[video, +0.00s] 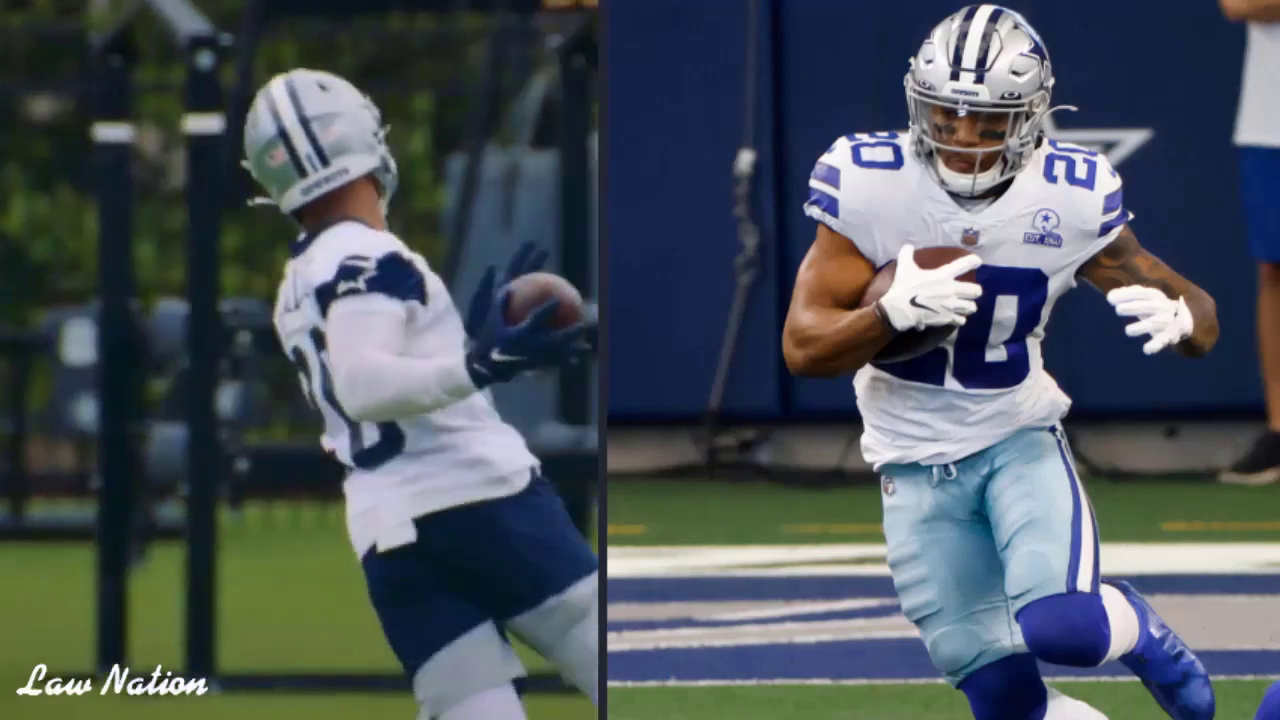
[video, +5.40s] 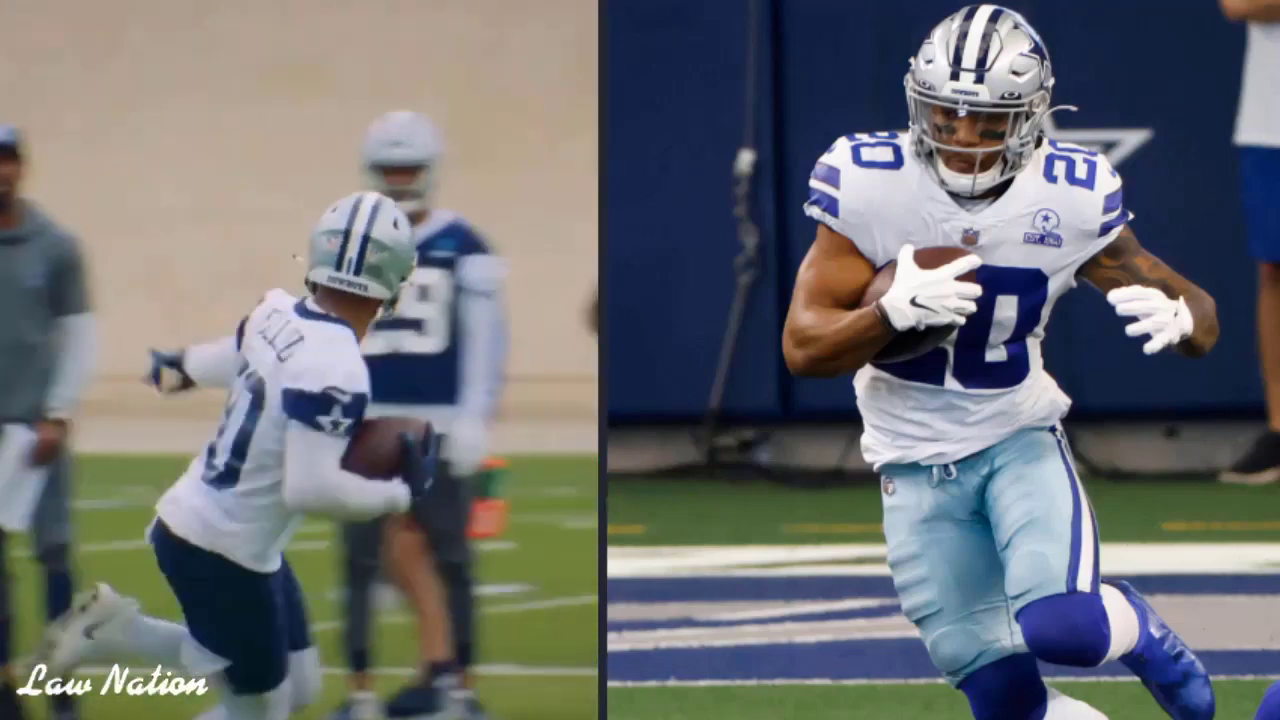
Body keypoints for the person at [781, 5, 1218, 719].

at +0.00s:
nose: (966, 138)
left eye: (988, 121)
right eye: (950, 117)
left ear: (1028, 119)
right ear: (922, 110)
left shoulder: (1071, 194)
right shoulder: (863, 179)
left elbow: (1197, 309)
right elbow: (801, 349)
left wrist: (1181, 319)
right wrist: (887, 313)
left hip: (1018, 437)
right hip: (911, 468)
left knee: (1054, 626)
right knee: (1001, 696)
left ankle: (1142, 633)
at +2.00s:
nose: (966, 138)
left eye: (988, 121)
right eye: (950, 117)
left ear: (1028, 119)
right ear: (922, 110)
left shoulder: (1071, 194)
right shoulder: (863, 179)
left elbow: (1197, 309)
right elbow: (801, 349)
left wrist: (1181, 319)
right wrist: (887, 313)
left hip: (1018, 437)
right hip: (911, 467)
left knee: (1054, 626)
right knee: (1001, 696)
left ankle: (1142, 633)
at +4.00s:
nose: (966, 137)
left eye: (988, 121)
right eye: (950, 117)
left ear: (1027, 118)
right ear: (922, 110)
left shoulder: (1071, 194)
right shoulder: (863, 180)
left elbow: (1197, 310)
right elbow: (801, 350)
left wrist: (1181, 318)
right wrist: (887, 313)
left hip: (1018, 437)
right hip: (911, 467)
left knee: (1054, 626)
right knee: (1001, 696)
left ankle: (1141, 632)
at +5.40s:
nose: (966, 137)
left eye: (988, 121)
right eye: (951, 117)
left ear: (1028, 119)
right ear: (923, 110)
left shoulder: (1071, 194)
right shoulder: (862, 179)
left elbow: (1197, 310)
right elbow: (801, 350)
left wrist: (1181, 319)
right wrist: (887, 312)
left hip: (1018, 437)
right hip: (911, 467)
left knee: (1054, 626)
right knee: (1001, 697)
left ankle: (1142, 632)